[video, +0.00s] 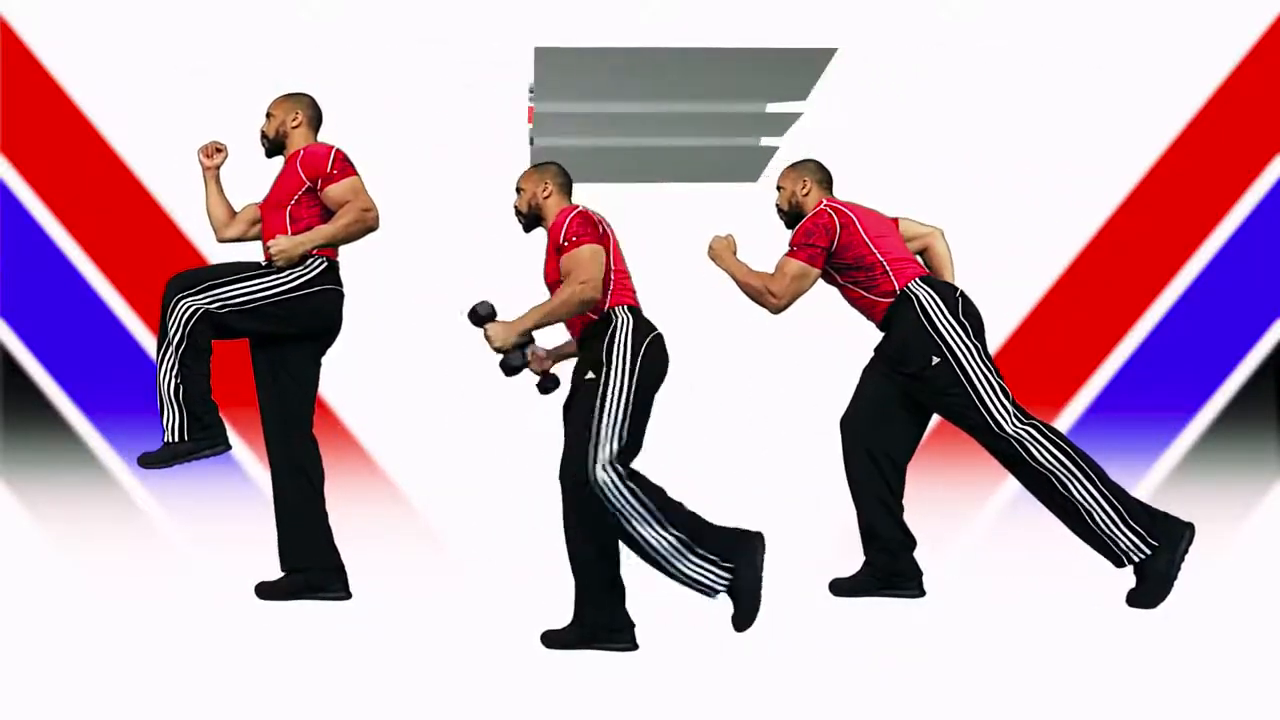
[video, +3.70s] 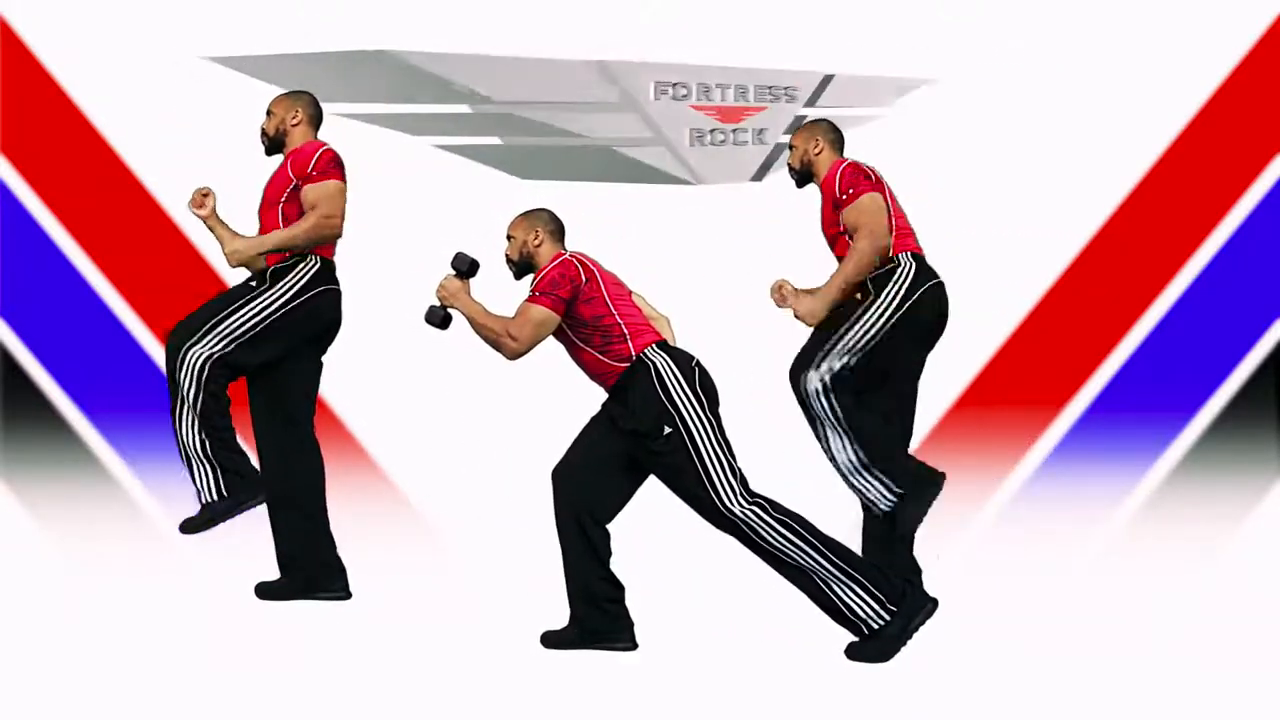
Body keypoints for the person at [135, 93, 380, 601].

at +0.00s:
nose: (262, 126)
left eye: (269, 117)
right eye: (264, 120)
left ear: (295, 117)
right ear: (296, 122)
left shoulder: (321, 156)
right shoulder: (284, 185)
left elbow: (364, 212)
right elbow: (229, 229)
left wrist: (303, 242)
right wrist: (212, 173)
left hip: (306, 278)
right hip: (296, 295)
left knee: (185, 295)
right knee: (288, 438)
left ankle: (195, 429)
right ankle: (317, 572)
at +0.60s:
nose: (263, 123)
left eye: (269, 113)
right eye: (265, 116)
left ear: (296, 114)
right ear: (297, 119)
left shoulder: (319, 156)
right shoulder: (283, 180)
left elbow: (329, 224)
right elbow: (250, 255)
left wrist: (258, 227)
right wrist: (203, 217)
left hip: (302, 283)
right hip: (295, 292)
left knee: (197, 358)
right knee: (285, 437)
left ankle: (238, 495)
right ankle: (315, 572)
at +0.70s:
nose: (263, 124)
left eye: (269, 114)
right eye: (265, 116)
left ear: (293, 114)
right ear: (299, 118)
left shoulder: (316, 157)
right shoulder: (288, 175)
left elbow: (292, 221)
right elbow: (272, 266)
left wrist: (223, 199)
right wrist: (222, 258)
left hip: (299, 287)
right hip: (294, 292)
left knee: (223, 393)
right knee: (287, 429)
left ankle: (266, 549)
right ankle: (318, 567)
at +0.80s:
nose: (260, 122)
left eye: (266, 112)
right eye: (262, 115)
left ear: (291, 111)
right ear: (300, 116)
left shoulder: (309, 152)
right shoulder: (297, 164)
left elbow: (258, 206)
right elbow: (297, 254)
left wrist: (202, 169)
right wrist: (255, 288)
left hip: (298, 287)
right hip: (292, 289)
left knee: (261, 421)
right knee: (286, 427)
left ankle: (292, 572)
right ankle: (322, 566)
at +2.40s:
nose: (261, 121)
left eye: (267, 112)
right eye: (262, 113)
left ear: (292, 113)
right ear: (294, 117)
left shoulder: (309, 149)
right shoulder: (278, 178)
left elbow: (328, 211)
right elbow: (256, 258)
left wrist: (256, 232)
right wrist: (212, 216)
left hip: (302, 284)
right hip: (294, 291)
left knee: (207, 366)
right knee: (288, 429)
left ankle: (246, 503)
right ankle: (315, 570)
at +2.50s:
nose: (260, 120)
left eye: (267, 111)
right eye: (262, 113)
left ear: (293, 113)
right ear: (292, 118)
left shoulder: (309, 147)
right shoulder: (285, 180)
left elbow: (354, 205)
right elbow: (232, 234)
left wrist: (298, 245)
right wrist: (209, 181)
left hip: (295, 283)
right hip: (301, 297)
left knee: (185, 326)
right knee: (289, 437)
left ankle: (211, 454)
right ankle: (315, 571)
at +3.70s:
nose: (263, 125)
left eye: (269, 115)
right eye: (265, 117)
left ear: (294, 115)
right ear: (297, 119)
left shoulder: (316, 155)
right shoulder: (283, 176)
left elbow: (328, 221)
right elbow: (251, 257)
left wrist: (259, 245)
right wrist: (212, 217)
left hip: (299, 282)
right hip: (290, 293)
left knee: (191, 349)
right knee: (285, 436)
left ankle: (227, 482)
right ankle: (315, 572)